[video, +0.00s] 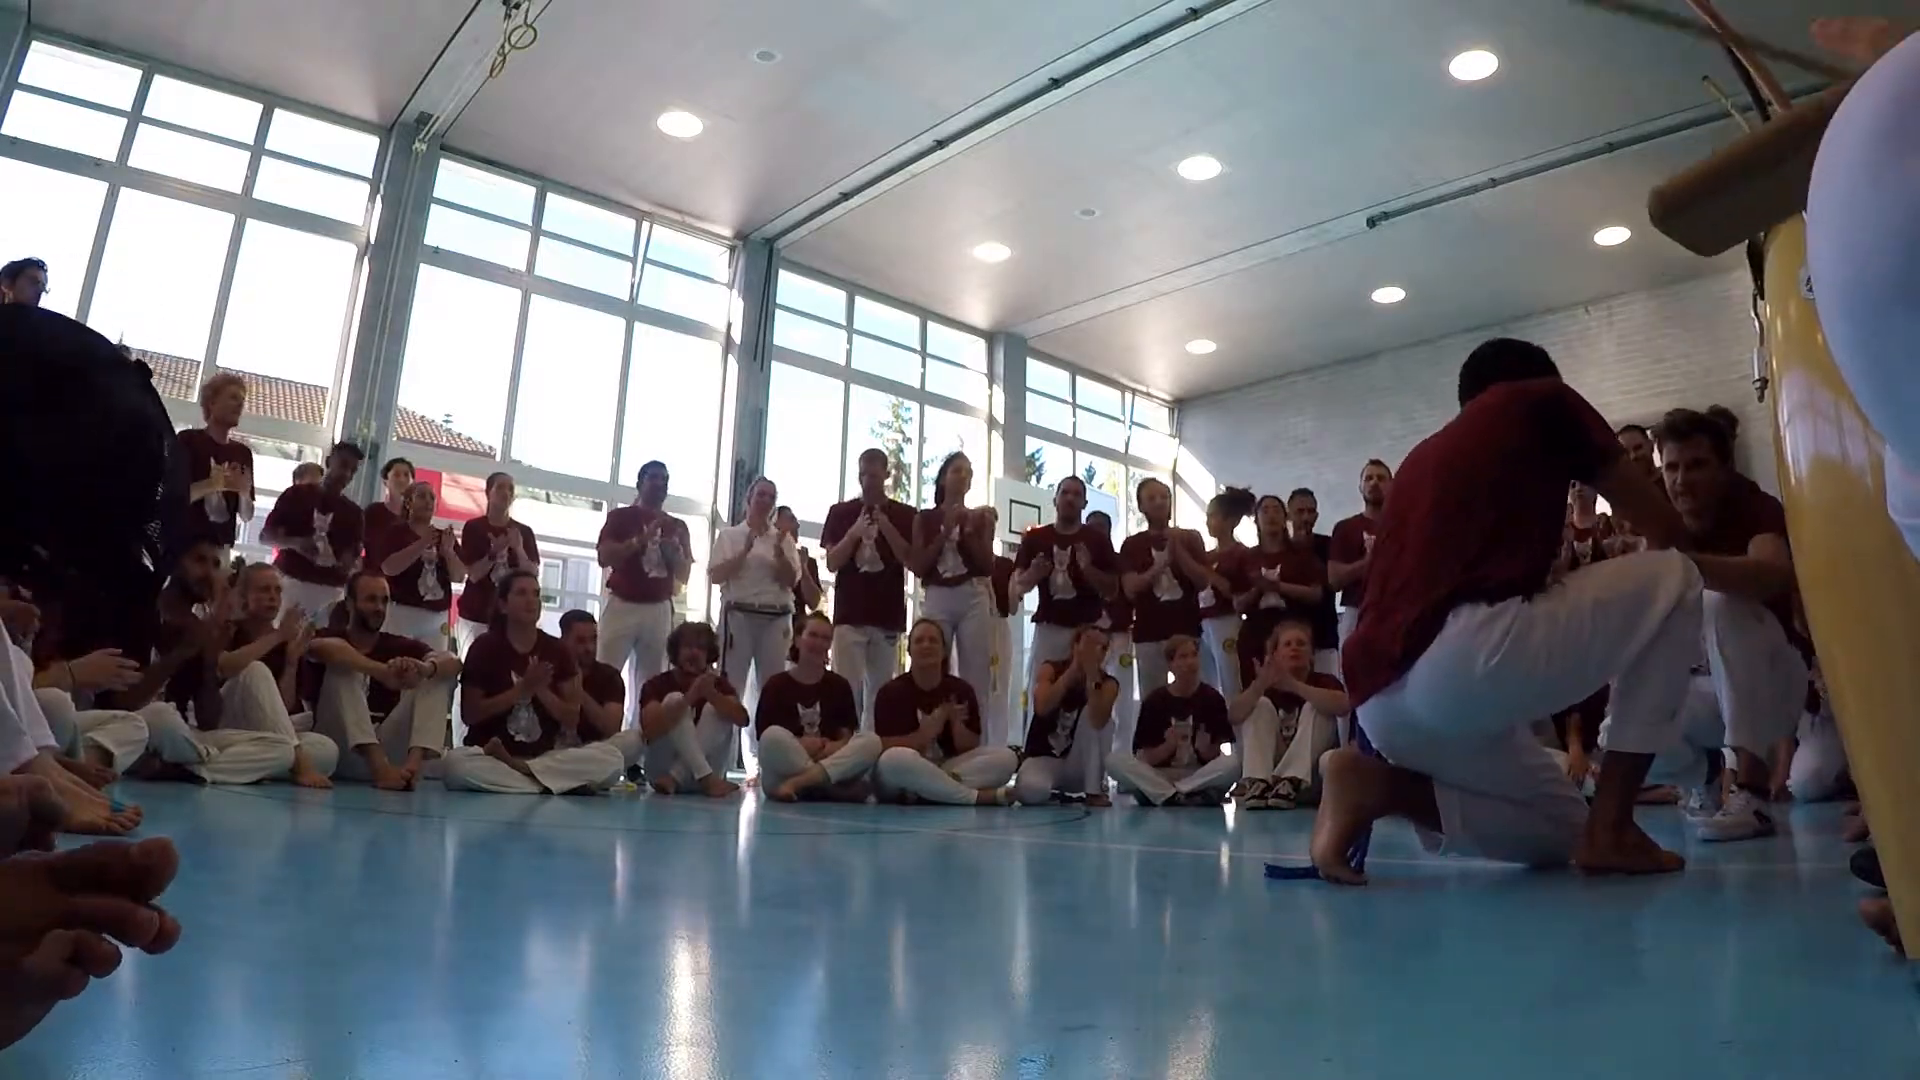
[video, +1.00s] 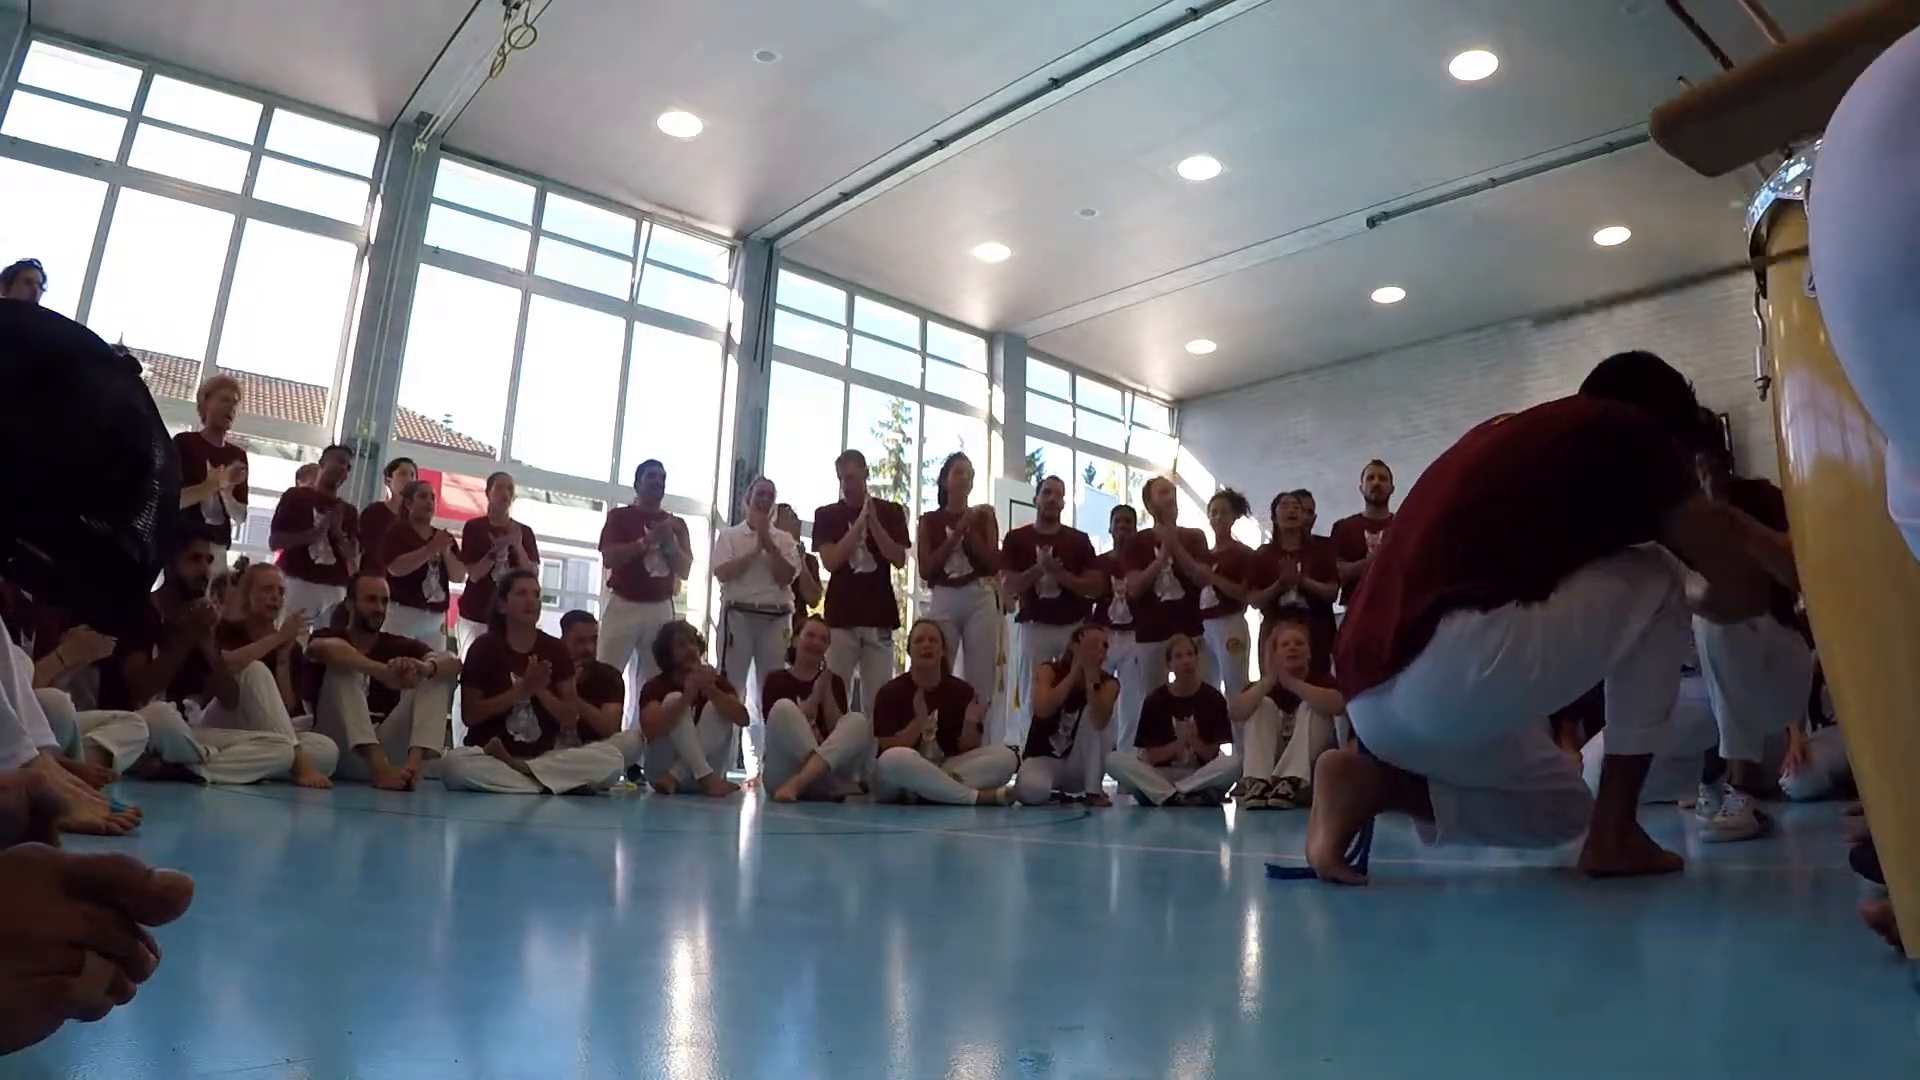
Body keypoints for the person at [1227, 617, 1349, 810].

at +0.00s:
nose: (1294, 649)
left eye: (1301, 644)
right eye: (1287, 644)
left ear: (1311, 655)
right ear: (1273, 655)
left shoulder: (1324, 681)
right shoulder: (1260, 685)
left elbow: (1343, 706)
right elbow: (1234, 717)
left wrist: (1292, 684)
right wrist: (1261, 683)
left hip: (1313, 770)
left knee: (1316, 707)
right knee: (1260, 705)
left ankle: (1290, 781)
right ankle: (1256, 780)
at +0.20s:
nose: (1294, 649)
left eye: (1301, 644)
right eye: (1286, 644)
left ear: (1311, 654)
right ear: (1273, 654)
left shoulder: (1324, 681)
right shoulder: (1260, 686)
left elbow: (1341, 707)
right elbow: (1234, 717)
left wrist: (1296, 683)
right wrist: (1258, 685)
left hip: (1312, 769)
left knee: (1316, 706)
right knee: (1259, 705)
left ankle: (1290, 781)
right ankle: (1256, 780)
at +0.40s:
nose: (1294, 649)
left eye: (1300, 644)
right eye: (1286, 644)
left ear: (1310, 652)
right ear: (1274, 653)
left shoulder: (1322, 681)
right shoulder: (1258, 687)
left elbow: (1340, 705)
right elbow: (1233, 716)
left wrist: (1293, 683)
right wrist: (1266, 679)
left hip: (1311, 767)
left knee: (1317, 706)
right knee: (1260, 704)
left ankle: (1289, 781)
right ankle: (1256, 781)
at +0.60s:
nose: (1293, 648)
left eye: (1300, 643)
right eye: (1285, 643)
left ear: (1309, 652)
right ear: (1273, 652)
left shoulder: (1322, 681)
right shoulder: (1258, 688)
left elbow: (1341, 706)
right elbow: (1233, 716)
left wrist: (1293, 682)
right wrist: (1268, 679)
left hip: (1311, 767)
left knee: (1317, 706)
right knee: (1259, 705)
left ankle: (1289, 781)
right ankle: (1256, 780)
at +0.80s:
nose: (1292, 648)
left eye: (1299, 643)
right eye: (1284, 644)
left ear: (1310, 652)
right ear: (1274, 655)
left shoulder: (1322, 681)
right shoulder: (1261, 688)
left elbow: (1340, 706)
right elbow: (1233, 715)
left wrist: (1294, 682)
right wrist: (1265, 680)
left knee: (1315, 706)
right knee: (1260, 705)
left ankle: (1289, 781)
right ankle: (1256, 781)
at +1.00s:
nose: (1292, 648)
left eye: (1299, 643)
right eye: (1284, 644)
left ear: (1309, 652)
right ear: (1272, 654)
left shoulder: (1322, 681)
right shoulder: (1257, 689)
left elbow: (1337, 705)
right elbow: (1235, 713)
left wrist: (1289, 681)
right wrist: (1269, 680)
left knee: (1312, 707)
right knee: (1262, 705)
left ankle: (1289, 781)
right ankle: (1256, 780)